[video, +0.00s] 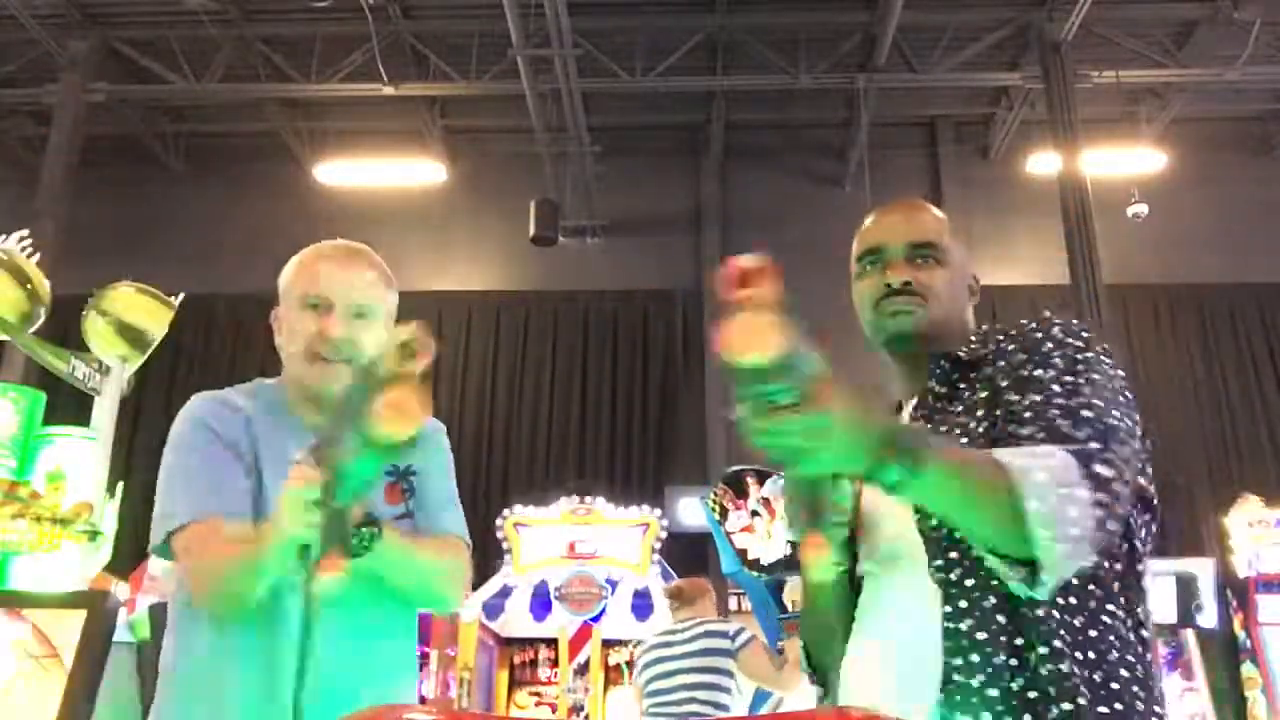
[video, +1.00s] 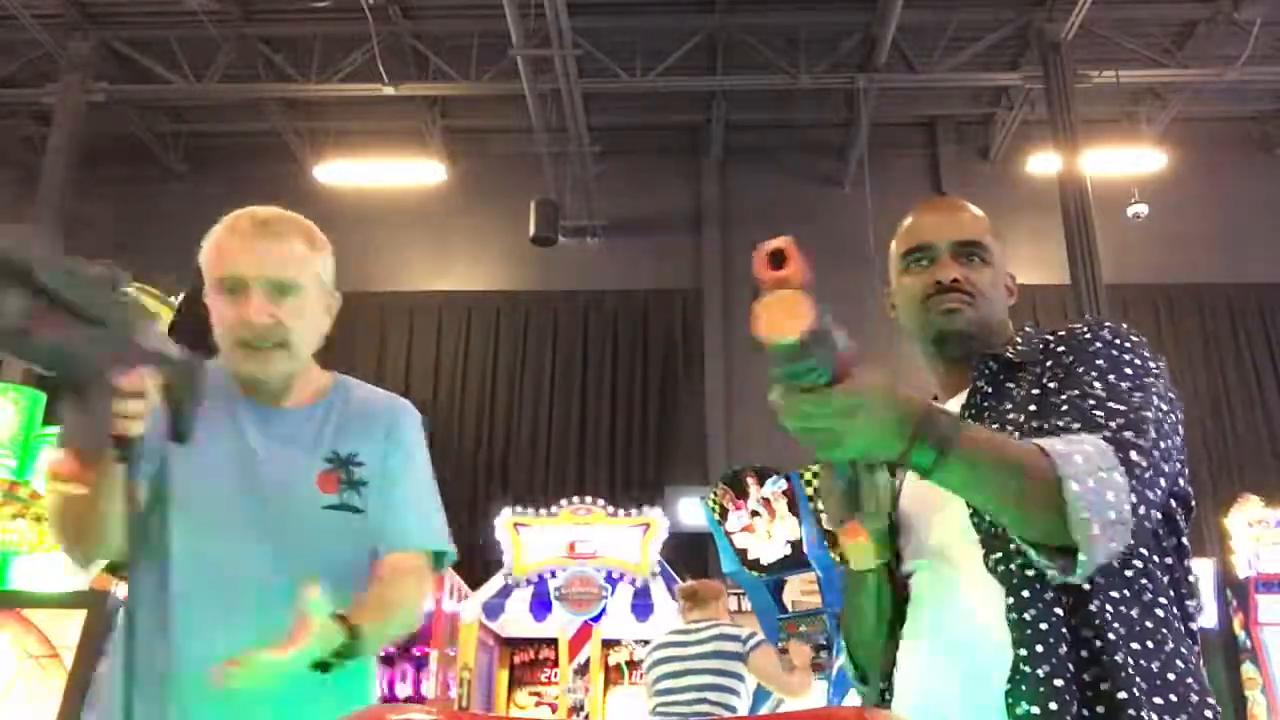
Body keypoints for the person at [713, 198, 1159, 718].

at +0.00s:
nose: (896, 274)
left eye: (924, 257)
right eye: (872, 263)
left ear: (972, 281)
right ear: (853, 301)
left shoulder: (1052, 352)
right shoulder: (873, 443)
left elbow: (1072, 522)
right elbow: (836, 664)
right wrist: (818, 532)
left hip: (1060, 701)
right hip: (899, 704)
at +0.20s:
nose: (901, 276)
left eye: (927, 256)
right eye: (879, 264)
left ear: (981, 281)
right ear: (863, 298)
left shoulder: (1054, 340)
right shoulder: (894, 447)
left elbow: (1046, 508)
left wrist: (837, 455)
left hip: (1068, 698)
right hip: (926, 705)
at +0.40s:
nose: (929, 270)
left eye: (948, 247)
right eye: (902, 255)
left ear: (986, 271)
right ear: (876, 297)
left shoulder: (1087, 353)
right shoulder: (874, 424)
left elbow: (1150, 519)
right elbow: (828, 656)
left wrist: (1011, 406)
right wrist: (859, 528)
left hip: (1101, 701)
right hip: (924, 709)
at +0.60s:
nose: (938, 270)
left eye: (963, 254)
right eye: (910, 257)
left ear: (1003, 278)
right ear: (880, 299)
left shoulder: (1087, 364)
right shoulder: (874, 454)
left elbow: (1158, 542)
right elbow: (829, 661)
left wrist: (1051, 444)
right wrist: (871, 538)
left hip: (1080, 700)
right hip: (911, 705)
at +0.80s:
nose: (944, 274)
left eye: (968, 257)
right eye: (916, 261)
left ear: (1005, 286)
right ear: (887, 302)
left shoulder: (1089, 359)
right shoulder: (902, 447)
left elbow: (1037, 487)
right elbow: (871, 666)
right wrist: (845, 551)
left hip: (1088, 697)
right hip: (933, 702)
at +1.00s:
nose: (947, 271)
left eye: (971, 256)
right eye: (919, 261)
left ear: (1009, 286)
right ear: (892, 302)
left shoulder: (1099, 352)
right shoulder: (900, 434)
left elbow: (1098, 515)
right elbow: (879, 669)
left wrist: (919, 434)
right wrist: (856, 515)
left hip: (1098, 701)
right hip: (938, 705)